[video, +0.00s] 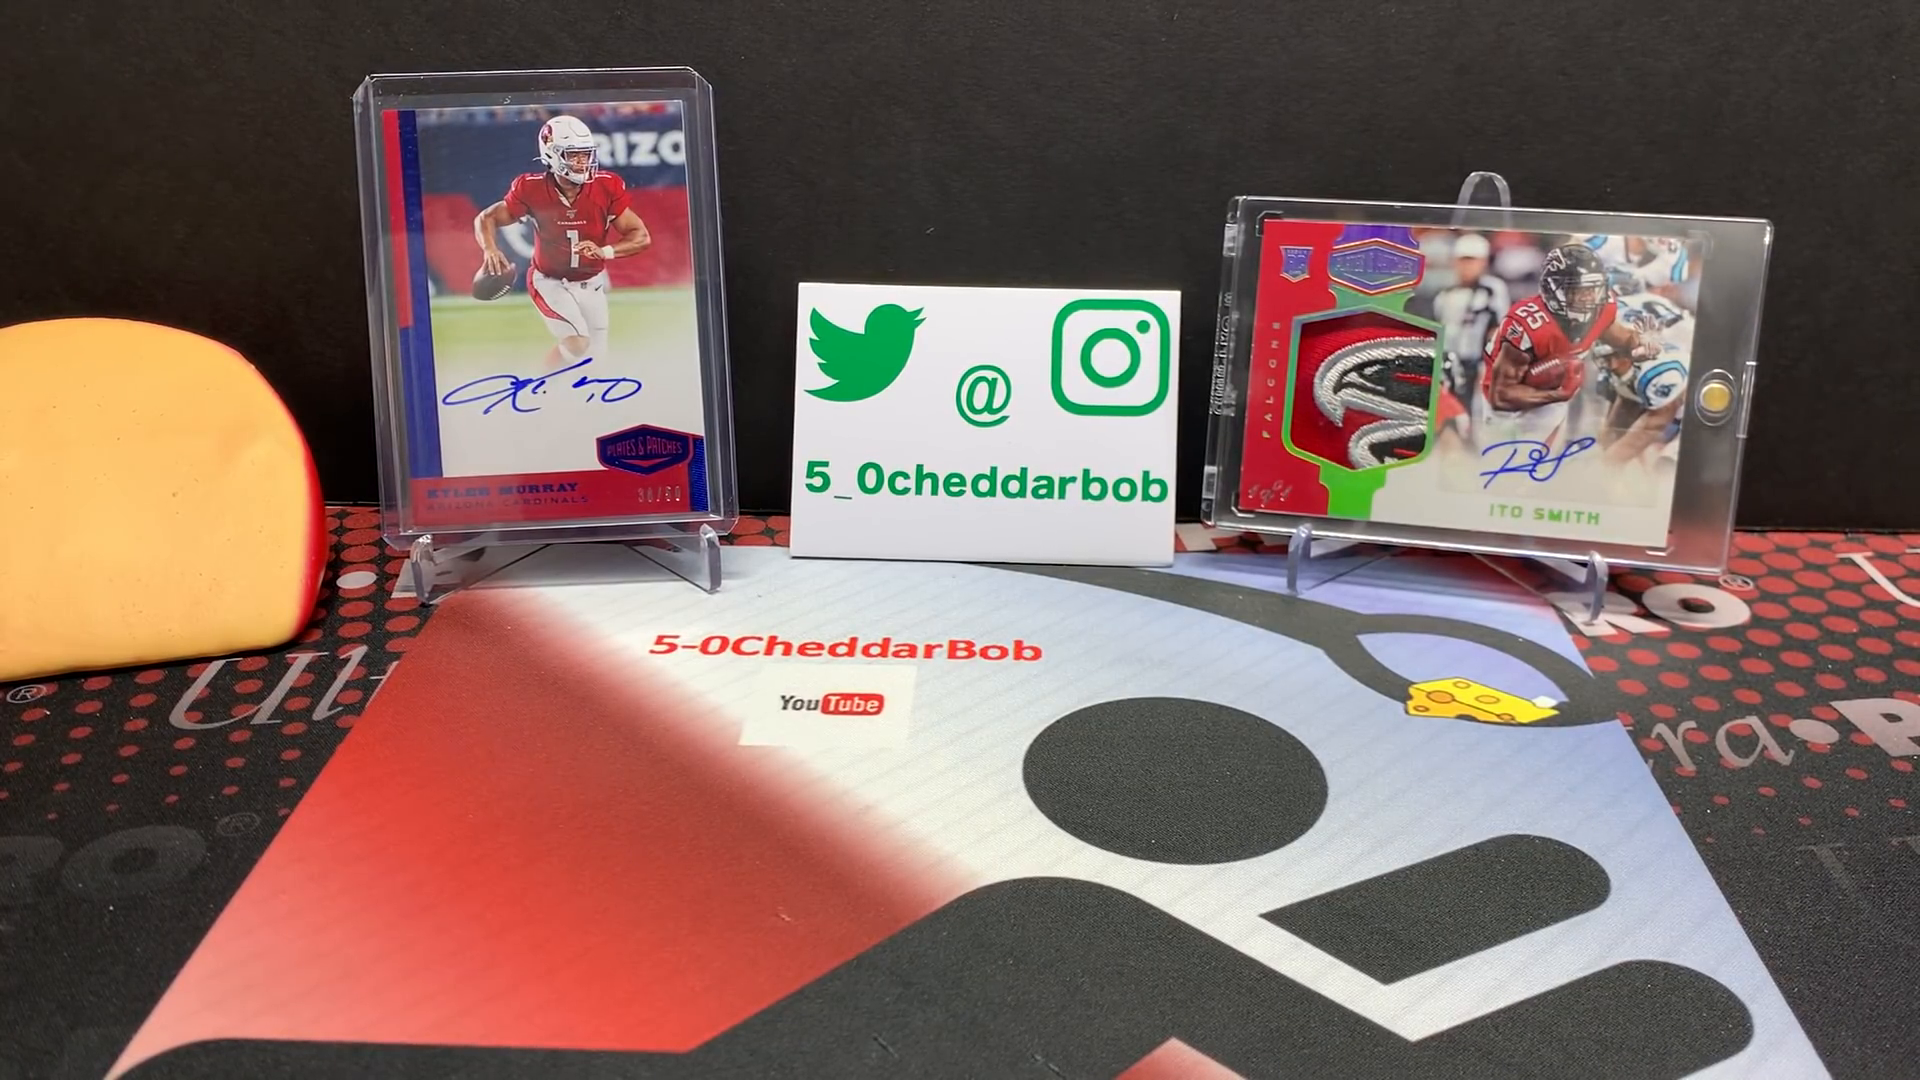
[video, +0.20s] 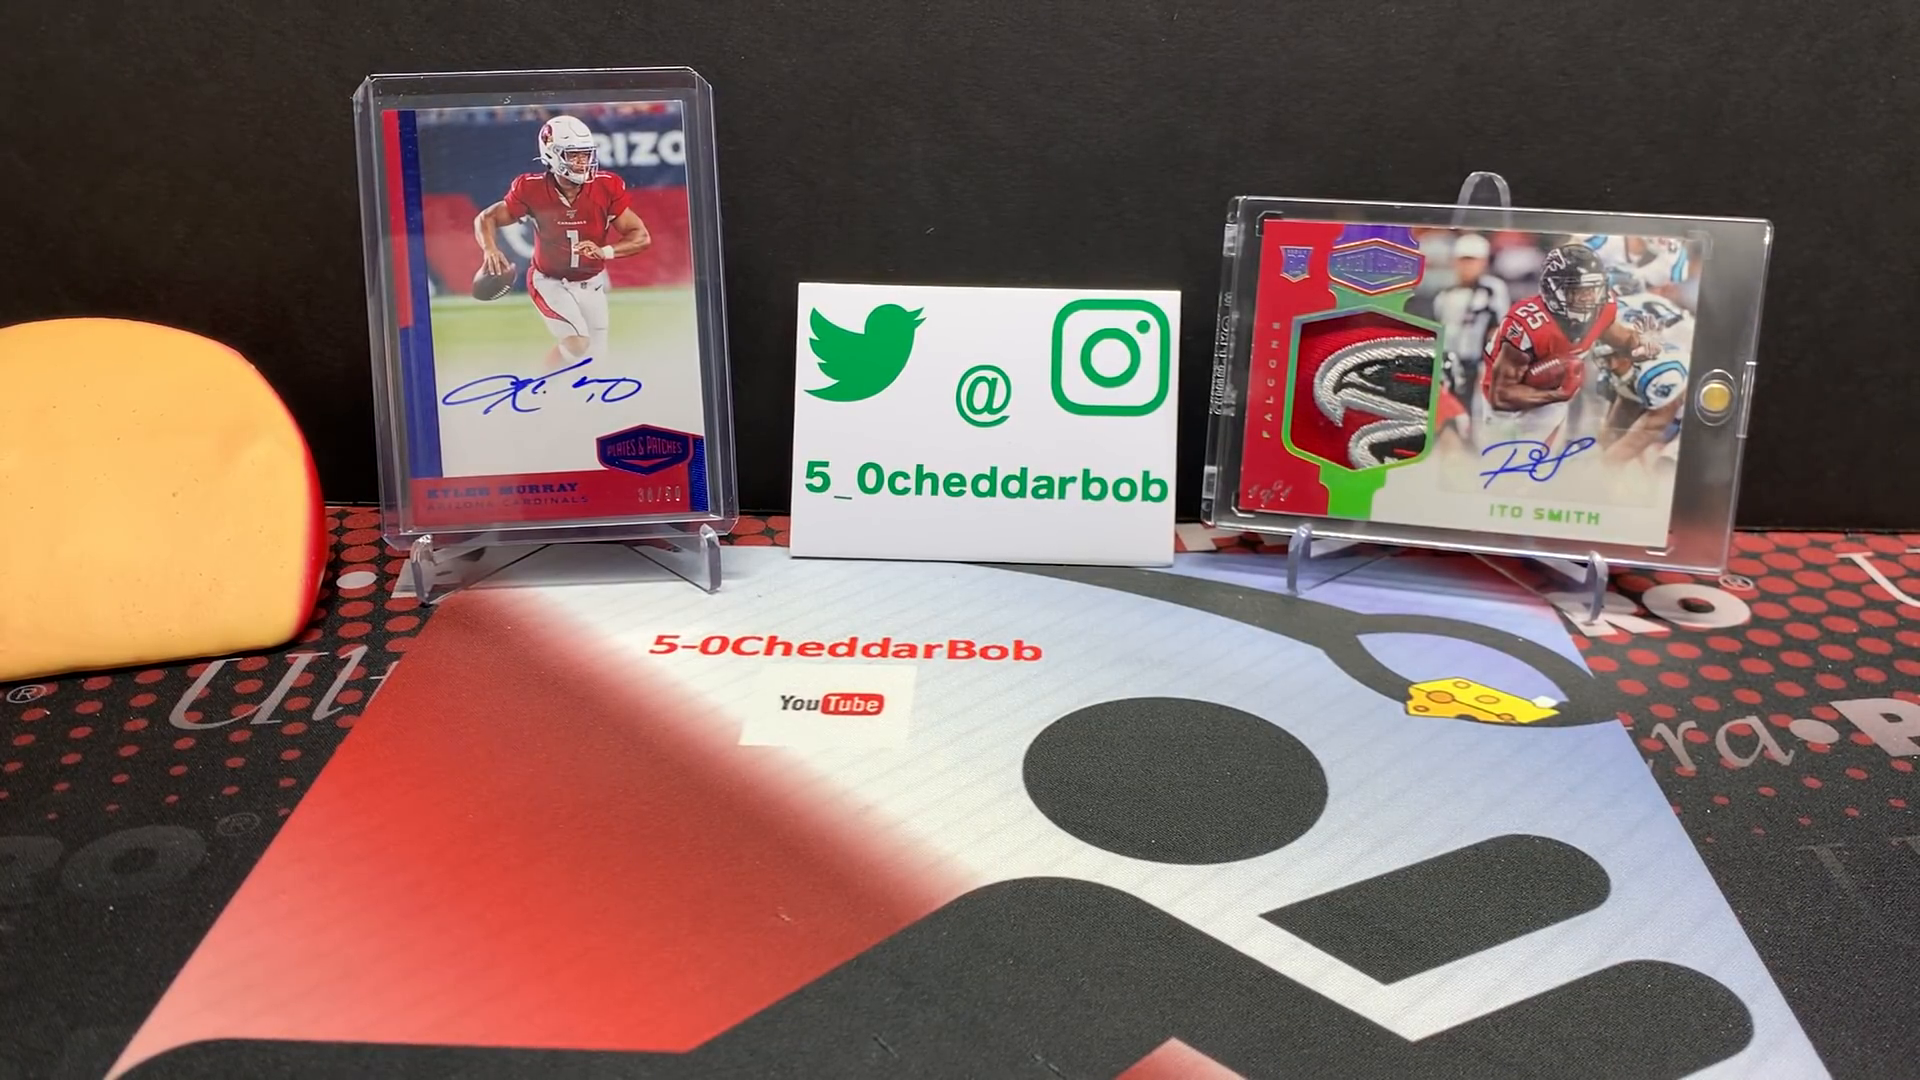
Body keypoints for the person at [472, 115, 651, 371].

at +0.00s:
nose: (580, 162)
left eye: (585, 155)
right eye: (572, 156)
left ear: (592, 154)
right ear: (552, 155)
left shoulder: (607, 186)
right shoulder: (530, 189)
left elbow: (641, 237)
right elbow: (484, 219)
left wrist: (605, 252)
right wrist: (490, 249)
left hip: (591, 282)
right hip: (548, 280)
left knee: (595, 361)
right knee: (576, 343)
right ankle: (533, 391)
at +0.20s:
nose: (580, 162)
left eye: (585, 155)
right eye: (572, 156)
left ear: (592, 154)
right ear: (552, 155)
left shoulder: (607, 187)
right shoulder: (530, 189)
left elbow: (641, 237)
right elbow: (484, 219)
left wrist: (605, 252)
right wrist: (490, 249)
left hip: (591, 282)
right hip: (549, 280)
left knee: (596, 360)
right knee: (576, 343)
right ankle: (533, 392)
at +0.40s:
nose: (580, 162)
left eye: (585, 155)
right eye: (573, 156)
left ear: (591, 154)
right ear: (552, 155)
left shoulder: (607, 187)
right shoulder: (530, 189)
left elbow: (641, 237)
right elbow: (484, 219)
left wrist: (605, 252)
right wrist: (490, 249)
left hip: (591, 283)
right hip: (549, 280)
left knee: (596, 361)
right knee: (576, 344)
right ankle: (534, 391)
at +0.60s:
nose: (581, 162)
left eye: (585, 155)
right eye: (573, 156)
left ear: (591, 154)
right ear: (552, 155)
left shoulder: (607, 186)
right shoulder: (530, 189)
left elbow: (641, 237)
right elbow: (484, 219)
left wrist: (605, 252)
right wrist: (490, 249)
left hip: (591, 282)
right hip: (549, 280)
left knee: (596, 361)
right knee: (576, 344)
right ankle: (534, 391)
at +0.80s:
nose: (580, 162)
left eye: (584, 155)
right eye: (573, 156)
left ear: (591, 154)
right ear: (552, 155)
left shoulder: (607, 187)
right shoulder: (530, 189)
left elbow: (641, 237)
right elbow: (484, 219)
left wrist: (605, 252)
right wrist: (490, 249)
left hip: (592, 283)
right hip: (549, 281)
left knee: (595, 360)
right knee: (576, 344)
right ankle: (534, 391)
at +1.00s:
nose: (581, 162)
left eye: (585, 155)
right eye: (573, 156)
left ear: (592, 154)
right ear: (552, 155)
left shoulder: (607, 187)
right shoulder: (529, 189)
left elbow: (641, 238)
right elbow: (484, 219)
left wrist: (606, 252)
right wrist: (490, 248)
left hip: (591, 283)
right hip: (548, 280)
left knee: (596, 363)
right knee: (577, 344)